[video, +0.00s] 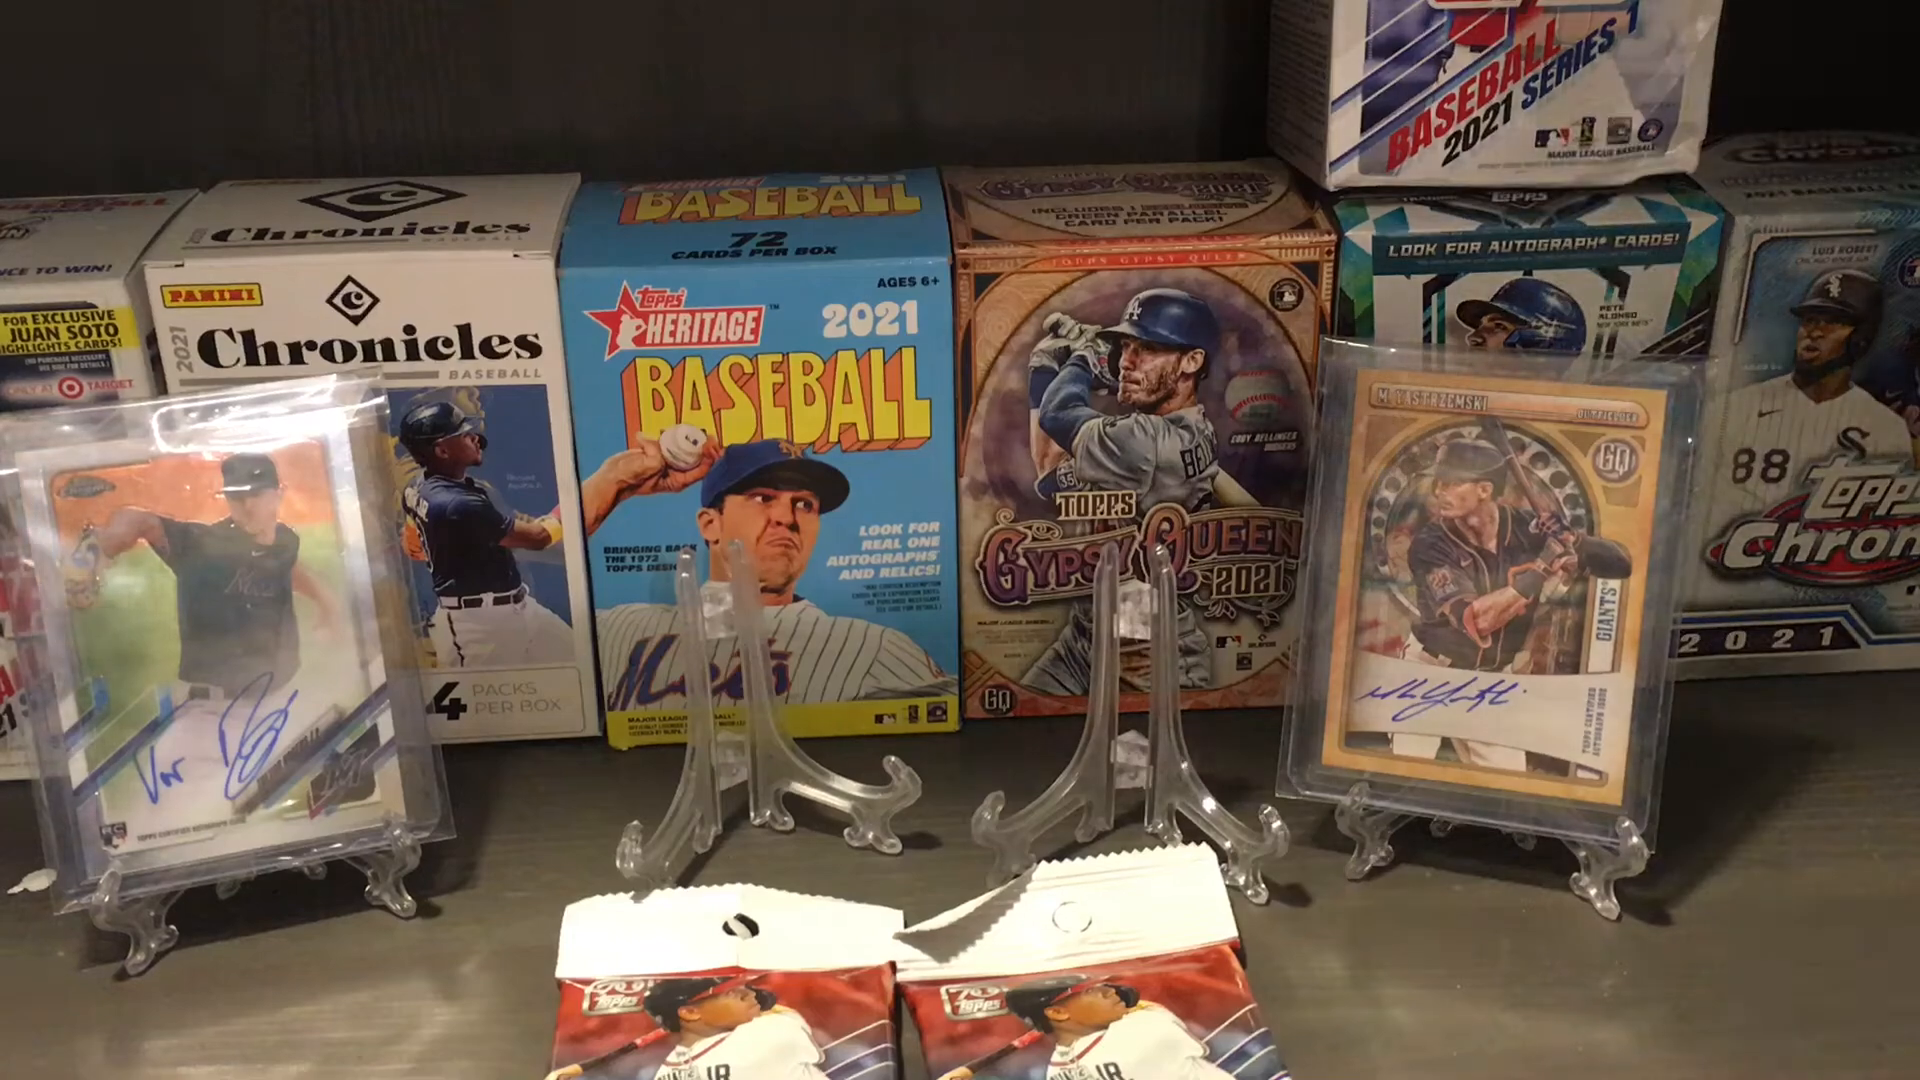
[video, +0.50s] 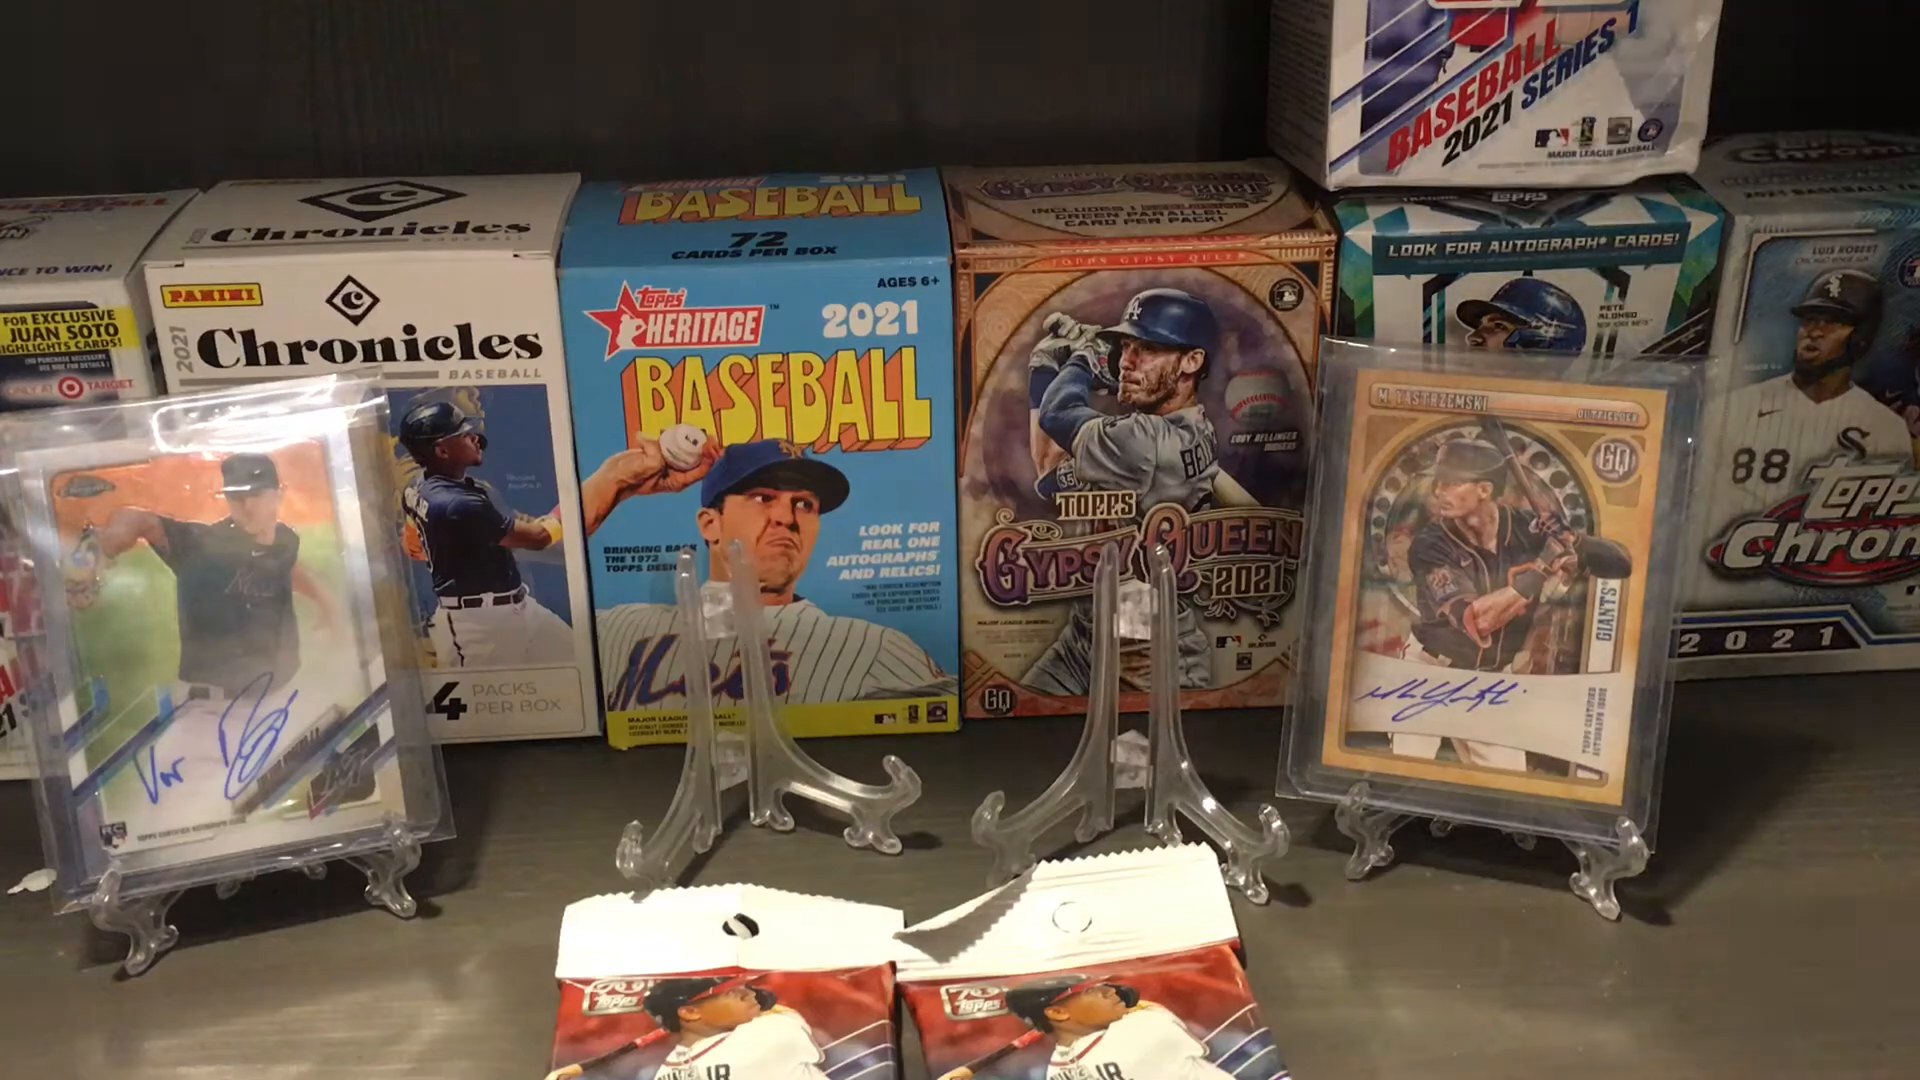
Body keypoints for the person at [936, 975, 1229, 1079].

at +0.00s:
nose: (1107, 989)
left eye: (1096, 984)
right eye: (1089, 989)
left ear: (1059, 1014)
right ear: (1059, 1013)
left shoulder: (1055, 1074)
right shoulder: (1153, 1024)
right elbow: (1144, 1004)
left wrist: (965, 1074)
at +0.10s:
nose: (1108, 989)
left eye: (1096, 984)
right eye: (1089, 989)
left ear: (1059, 1014)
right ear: (1059, 1013)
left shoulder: (1055, 1074)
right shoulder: (1153, 1024)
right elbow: (1144, 1004)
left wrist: (965, 1074)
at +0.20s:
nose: (1108, 989)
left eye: (1096, 984)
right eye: (1089, 989)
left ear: (1059, 1014)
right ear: (1059, 1013)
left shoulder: (1055, 1074)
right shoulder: (1153, 1024)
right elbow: (1144, 1004)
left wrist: (966, 1074)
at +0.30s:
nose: (1107, 989)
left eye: (1096, 984)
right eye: (1089, 989)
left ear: (1059, 1014)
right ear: (1059, 1013)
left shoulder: (1055, 1074)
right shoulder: (1153, 1024)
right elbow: (1144, 1004)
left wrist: (967, 1074)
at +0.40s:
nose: (1107, 989)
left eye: (1096, 984)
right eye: (1089, 989)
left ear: (1059, 1014)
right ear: (1059, 1013)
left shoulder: (1055, 1074)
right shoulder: (1153, 1024)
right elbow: (1144, 1004)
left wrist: (967, 1074)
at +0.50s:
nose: (1108, 989)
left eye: (1096, 984)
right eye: (1089, 990)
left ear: (1059, 1014)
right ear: (1059, 1014)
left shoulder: (1055, 1074)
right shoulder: (1153, 1025)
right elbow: (1143, 1004)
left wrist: (964, 1075)